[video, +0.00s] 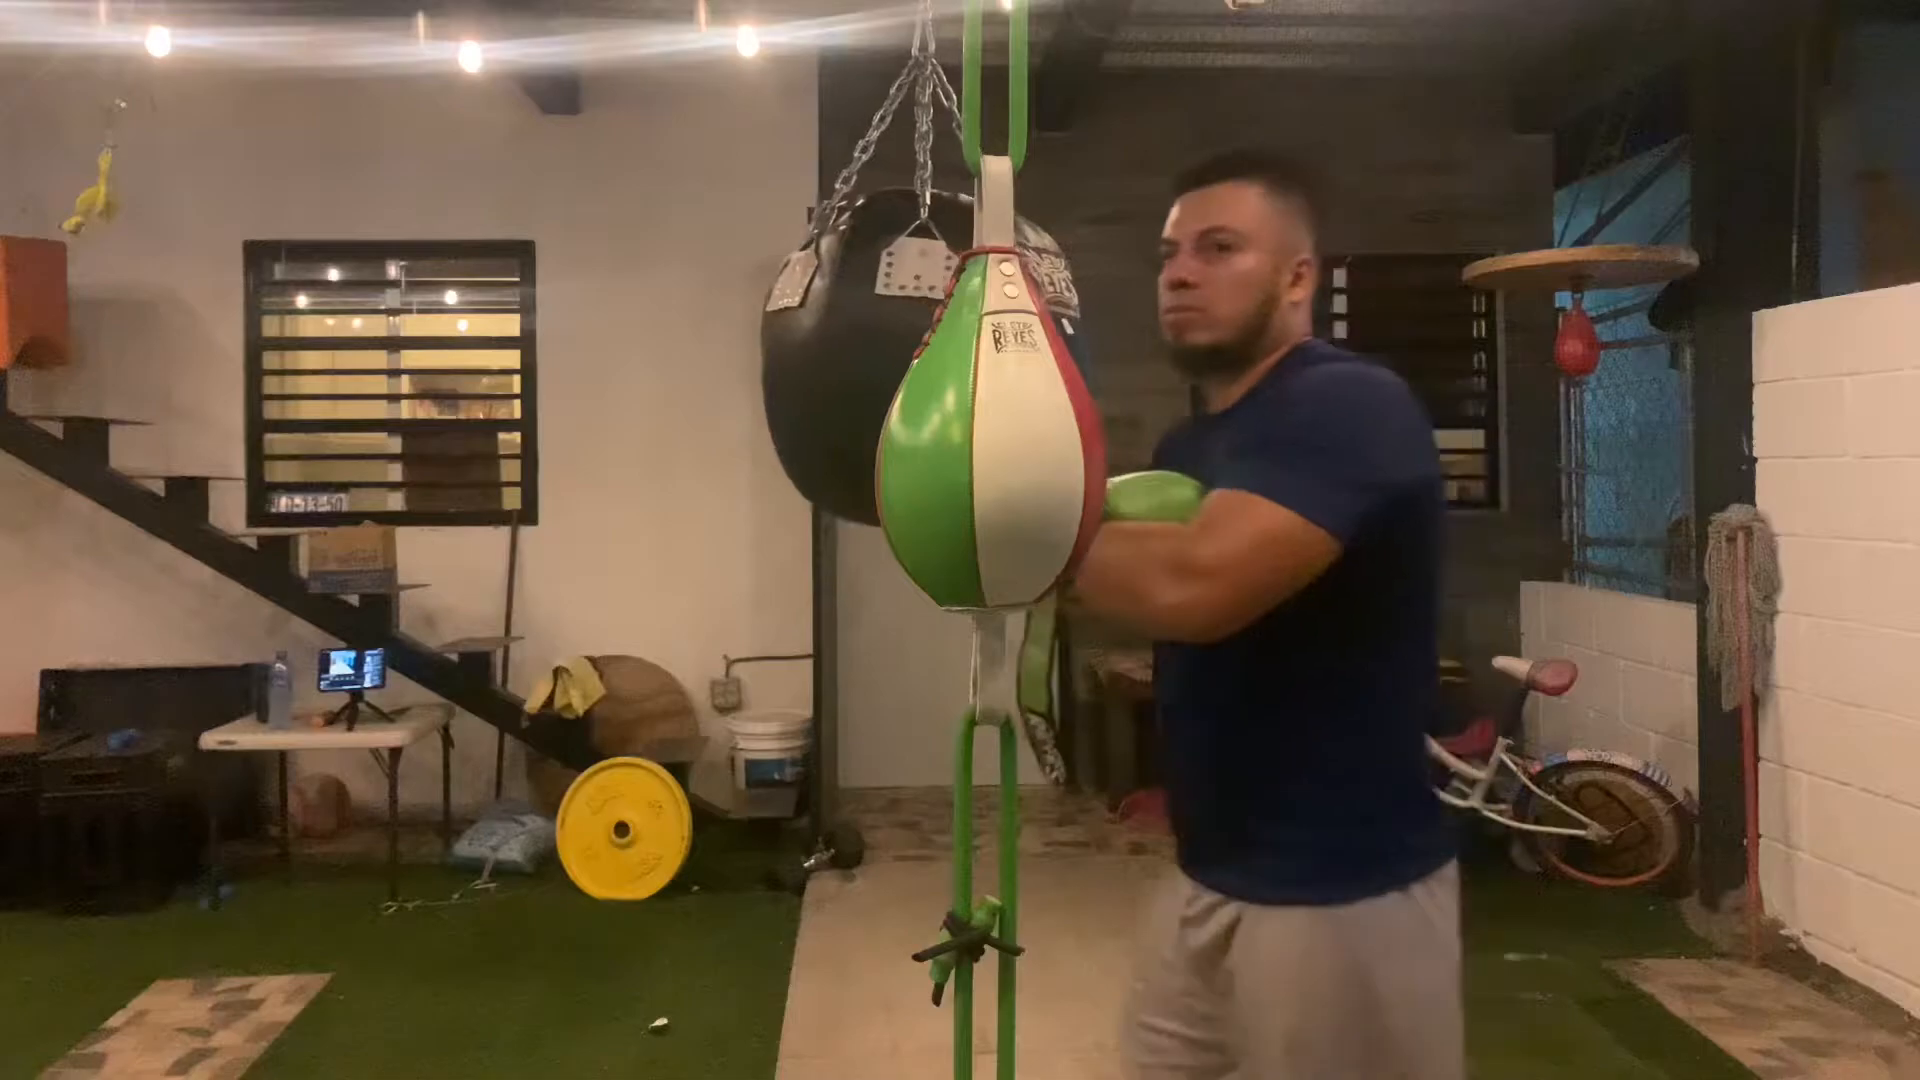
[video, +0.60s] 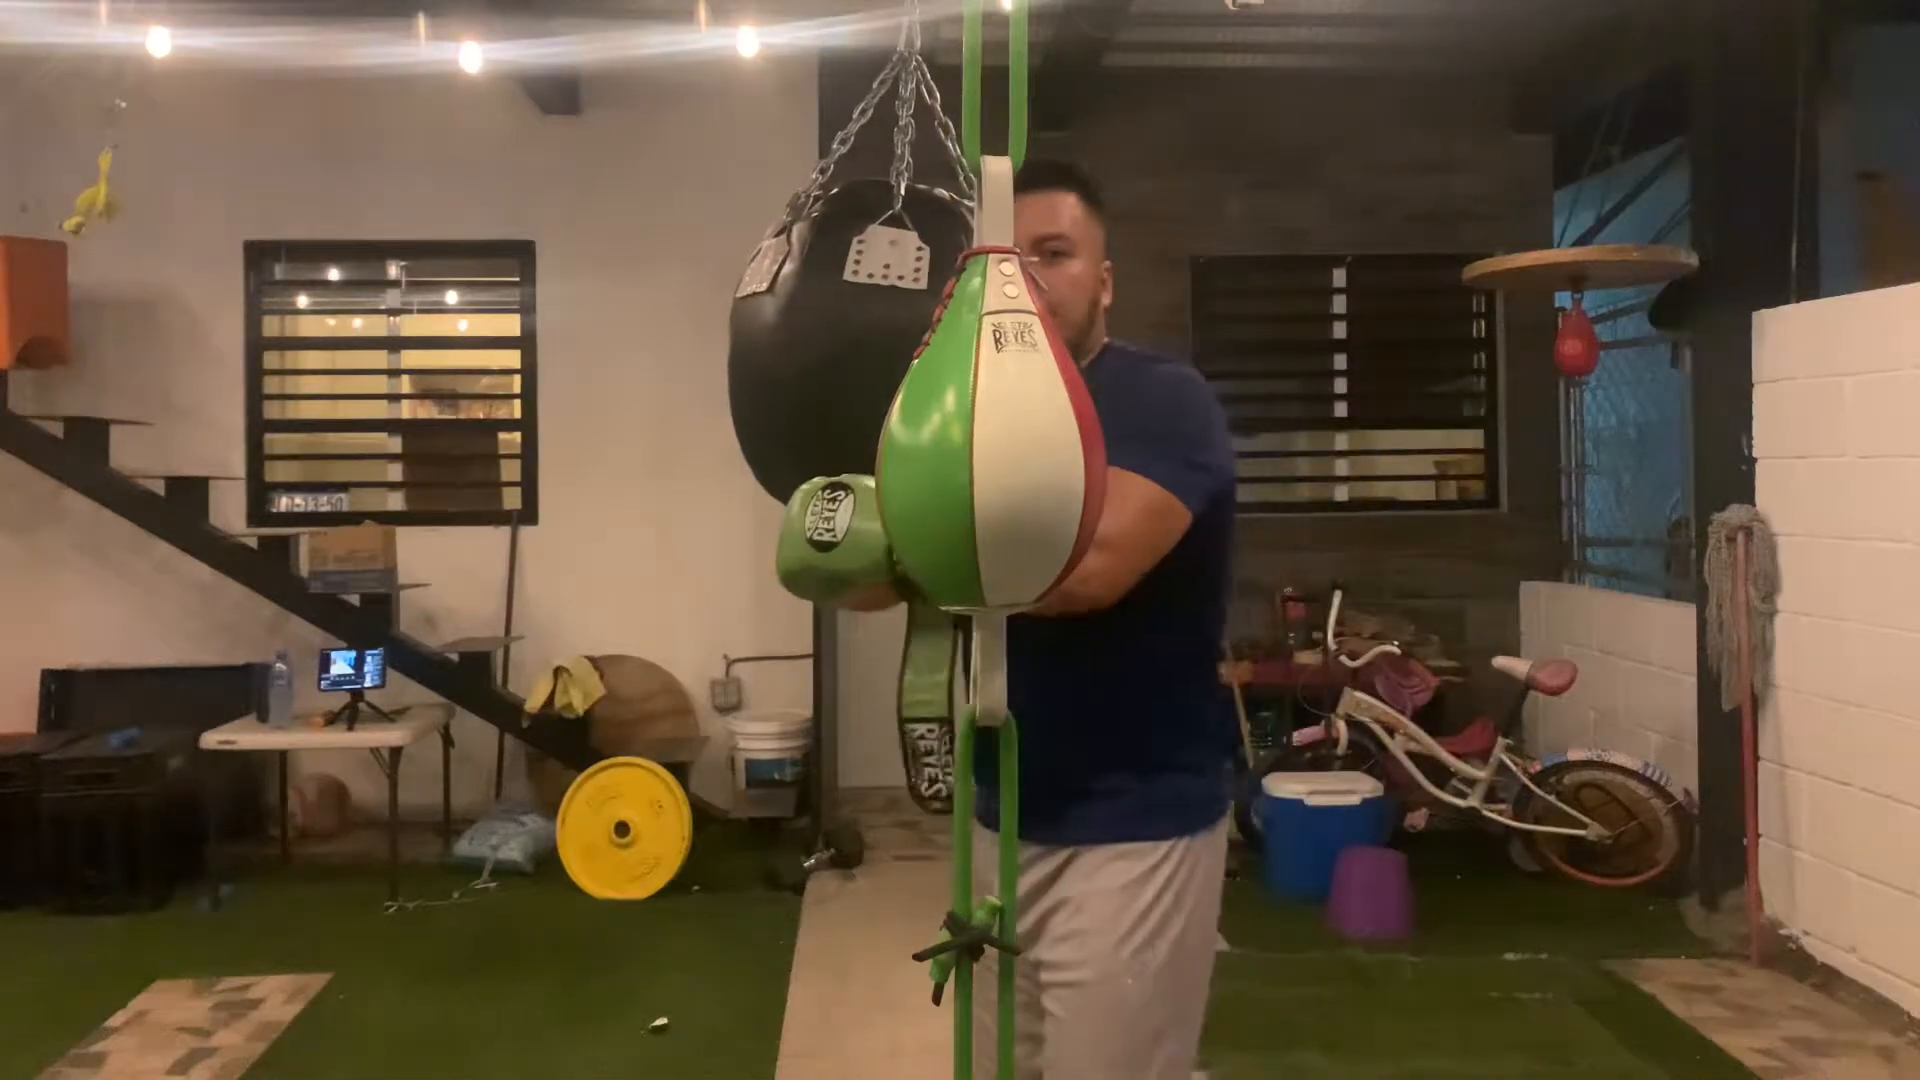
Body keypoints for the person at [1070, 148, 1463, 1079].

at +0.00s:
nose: (1178, 271)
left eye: (1218, 247)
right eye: (1170, 251)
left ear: (1299, 279)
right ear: (1157, 274)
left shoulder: (1354, 406)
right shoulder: (1186, 447)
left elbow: (1195, 587)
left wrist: (1028, 531)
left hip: (1350, 905)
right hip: (1212, 887)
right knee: (1164, 1063)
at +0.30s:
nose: (1088, 280)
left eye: (1123, 255)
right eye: (1070, 259)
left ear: (1182, 285)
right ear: (1050, 285)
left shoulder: (1233, 407)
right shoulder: (1069, 424)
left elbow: (1110, 580)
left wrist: (951, 530)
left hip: (1205, 884)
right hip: (1074, 865)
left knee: (1210, 1068)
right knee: (1059, 1066)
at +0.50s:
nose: (1040, 280)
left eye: (1069, 256)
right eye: (1020, 259)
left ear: (1124, 281)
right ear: (997, 279)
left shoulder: (1181, 403)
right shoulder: (994, 413)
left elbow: (1097, 577)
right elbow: (891, 583)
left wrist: (927, 548)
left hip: (1148, 841)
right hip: (1012, 827)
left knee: (1119, 1067)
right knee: (1006, 1066)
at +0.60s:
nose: (1027, 280)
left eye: (1054, 253)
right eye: (1005, 259)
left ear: (1105, 274)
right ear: (979, 279)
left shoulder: (1166, 400)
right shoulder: (969, 410)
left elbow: (1089, 574)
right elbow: (869, 582)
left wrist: (921, 550)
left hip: (1134, 831)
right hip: (999, 818)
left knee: (1107, 1067)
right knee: (999, 1065)